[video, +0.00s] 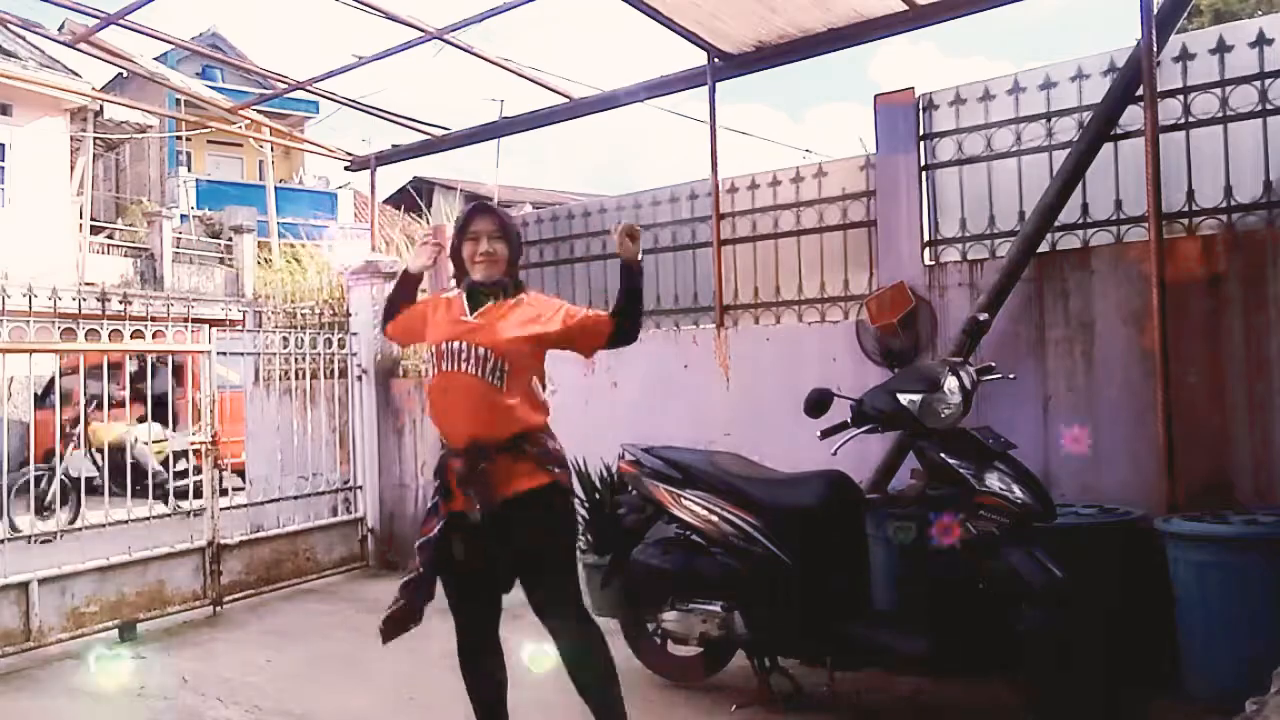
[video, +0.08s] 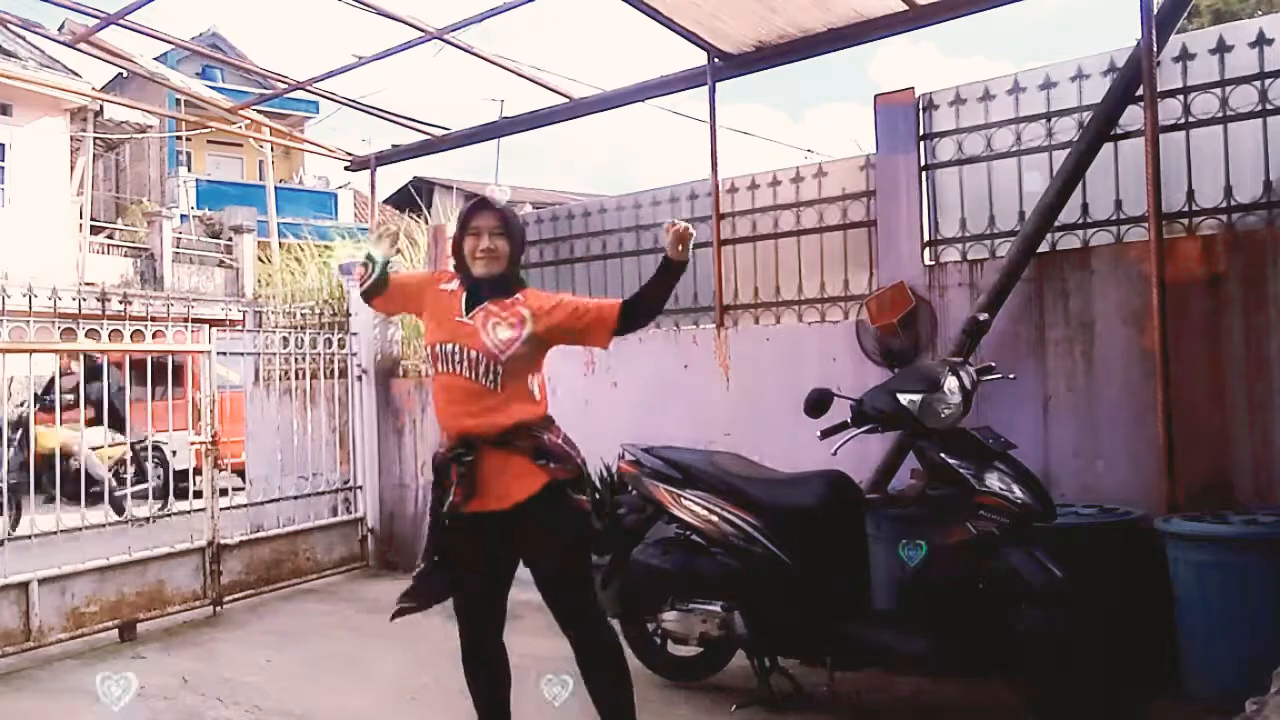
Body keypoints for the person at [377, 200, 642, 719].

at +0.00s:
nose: (484, 248)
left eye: (496, 238)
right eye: (473, 239)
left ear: (514, 249)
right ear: (458, 252)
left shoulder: (534, 311)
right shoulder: (439, 310)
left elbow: (621, 330)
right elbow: (393, 324)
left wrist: (630, 265)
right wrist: (413, 270)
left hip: (532, 487)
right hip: (463, 497)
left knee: (565, 619)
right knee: (474, 636)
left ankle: (613, 715)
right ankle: (491, 717)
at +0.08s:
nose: (485, 244)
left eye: (498, 235)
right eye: (474, 234)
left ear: (516, 245)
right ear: (460, 244)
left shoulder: (538, 309)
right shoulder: (435, 291)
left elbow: (629, 315)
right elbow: (379, 290)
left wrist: (673, 261)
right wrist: (371, 274)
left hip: (540, 493)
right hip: (469, 501)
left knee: (584, 624)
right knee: (478, 640)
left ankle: (620, 715)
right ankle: (493, 717)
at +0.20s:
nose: (491, 255)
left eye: (504, 245)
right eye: (481, 245)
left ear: (524, 255)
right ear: (466, 255)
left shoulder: (546, 310)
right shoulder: (443, 304)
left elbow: (622, 310)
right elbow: (369, 300)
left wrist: (678, 267)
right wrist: (335, 265)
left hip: (549, 496)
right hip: (479, 506)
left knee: (587, 631)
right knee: (475, 646)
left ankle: (622, 714)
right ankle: (496, 716)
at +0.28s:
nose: (503, 262)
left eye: (516, 253)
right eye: (492, 252)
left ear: (535, 262)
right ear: (478, 262)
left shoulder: (556, 311)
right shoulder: (459, 317)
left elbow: (603, 312)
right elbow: (374, 319)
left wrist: (624, 270)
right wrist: (303, 286)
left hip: (552, 501)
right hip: (484, 510)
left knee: (575, 634)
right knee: (459, 643)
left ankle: (616, 718)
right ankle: (499, 719)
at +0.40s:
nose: (505, 272)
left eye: (516, 263)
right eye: (495, 263)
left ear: (536, 271)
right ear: (484, 272)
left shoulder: (560, 323)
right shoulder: (472, 327)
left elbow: (589, 317)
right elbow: (386, 339)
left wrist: (546, 268)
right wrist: (297, 319)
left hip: (539, 514)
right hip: (473, 516)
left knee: (554, 641)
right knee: (446, 640)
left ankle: (605, 717)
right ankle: (497, 717)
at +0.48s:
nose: (502, 279)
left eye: (515, 269)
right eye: (493, 270)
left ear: (539, 278)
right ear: (483, 282)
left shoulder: (563, 330)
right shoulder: (474, 340)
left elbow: (587, 307)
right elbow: (396, 366)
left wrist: (499, 264)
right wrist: (317, 329)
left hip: (524, 518)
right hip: (457, 517)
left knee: (539, 645)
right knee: (447, 640)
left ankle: (597, 715)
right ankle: (495, 717)